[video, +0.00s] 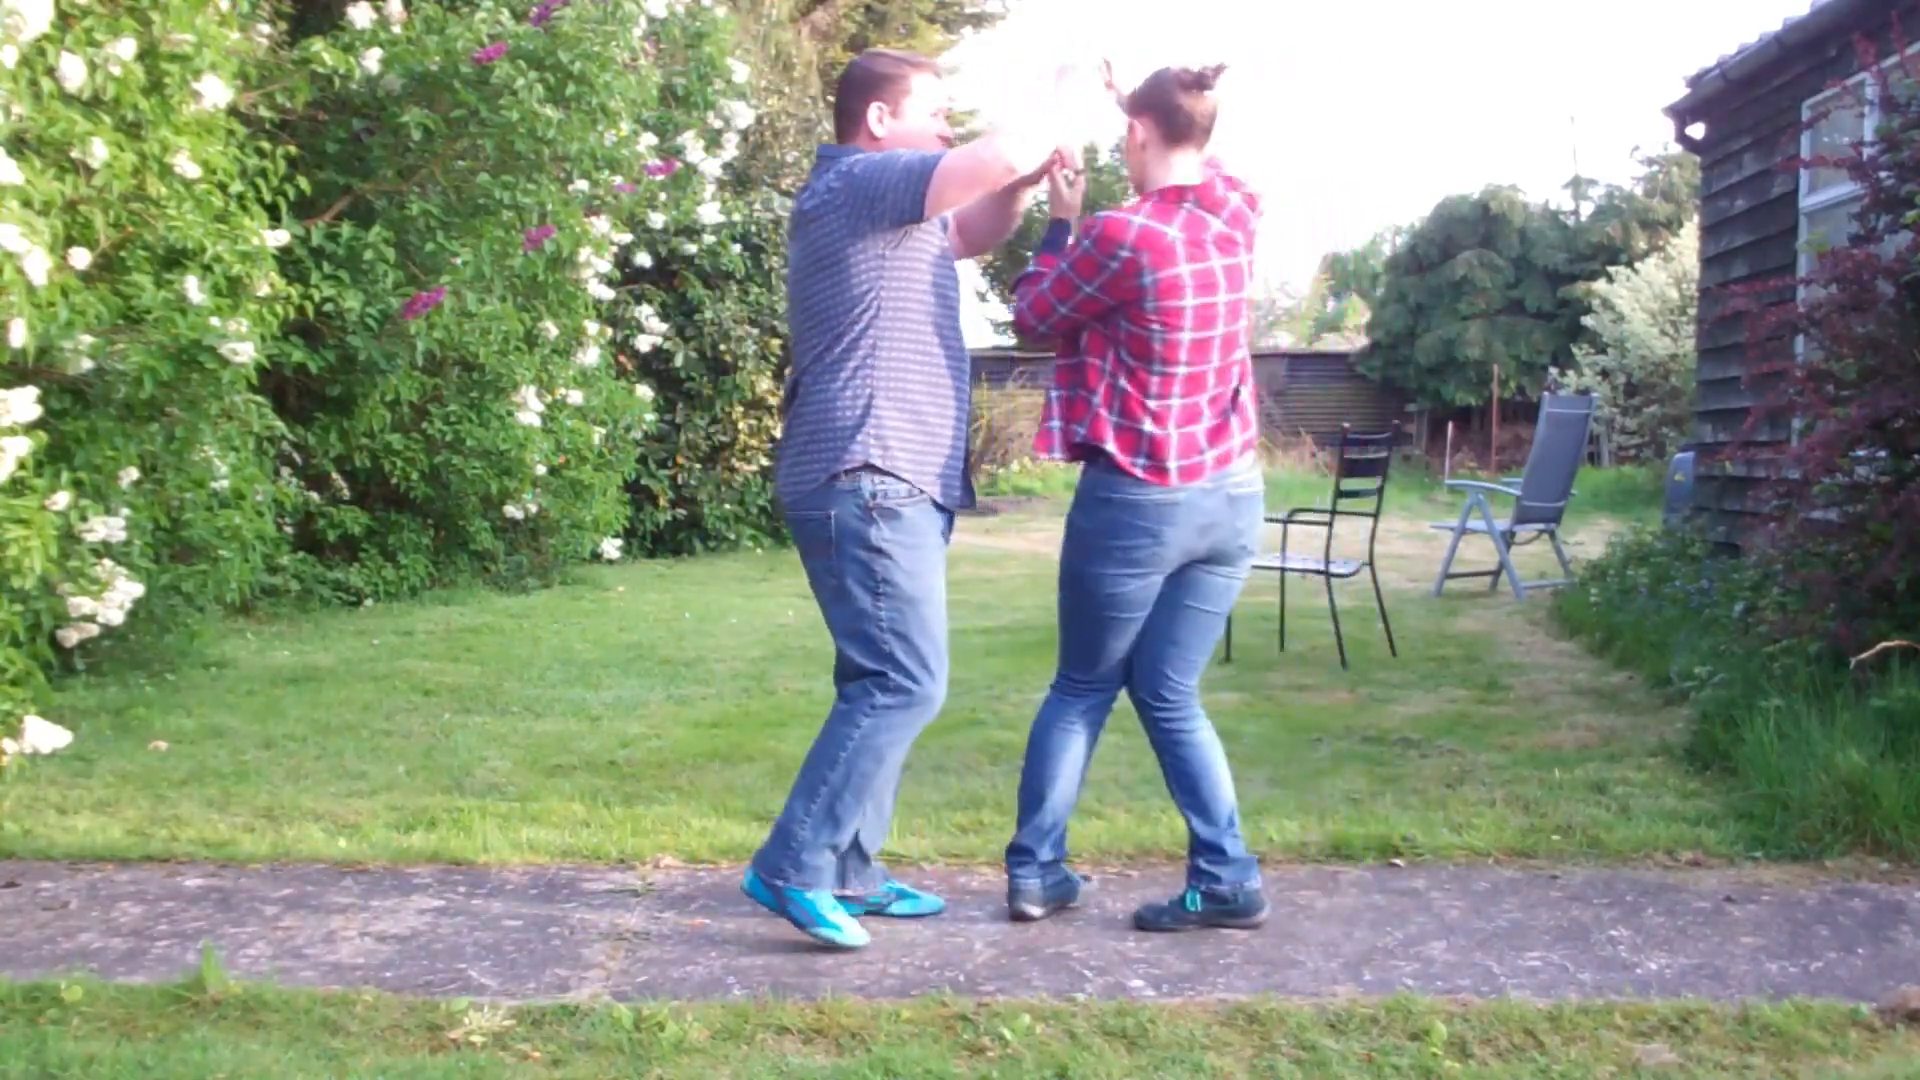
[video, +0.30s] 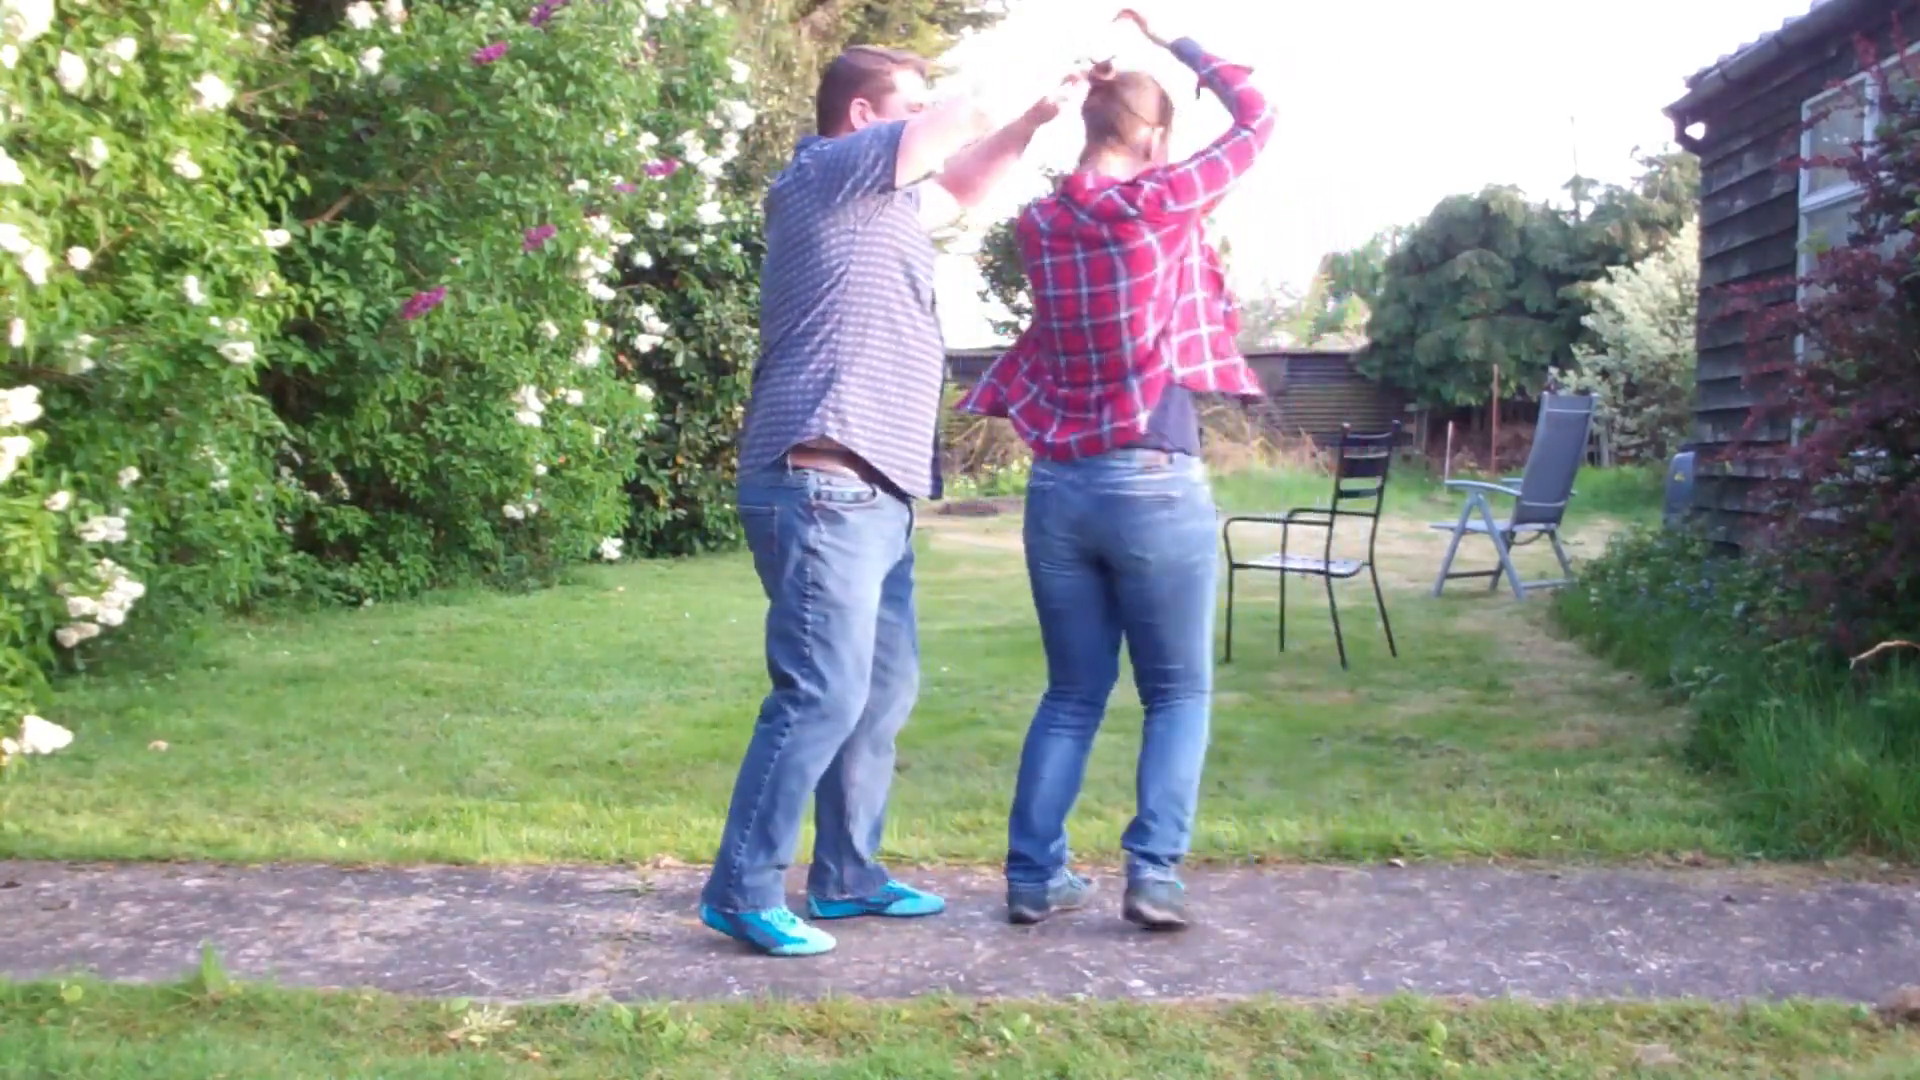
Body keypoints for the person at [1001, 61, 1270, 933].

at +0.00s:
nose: (1123, 141)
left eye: (1127, 129)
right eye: (1125, 129)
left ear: (1142, 135)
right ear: (1203, 136)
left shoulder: (1124, 235)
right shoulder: (1236, 214)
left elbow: (1032, 316)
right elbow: (1201, 170)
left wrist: (1062, 223)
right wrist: (1138, 100)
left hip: (1136, 501)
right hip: (1232, 497)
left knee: (1083, 685)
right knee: (1170, 688)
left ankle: (1034, 870)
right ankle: (1226, 879)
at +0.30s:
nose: (1171, 146)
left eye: (1166, 129)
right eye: (1166, 130)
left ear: (1085, 125)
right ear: (1148, 131)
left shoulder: (1037, 227)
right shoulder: (1164, 200)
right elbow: (1258, 120)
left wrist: (1091, 102)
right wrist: (1176, 44)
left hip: (1056, 489)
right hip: (1155, 485)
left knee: (1072, 691)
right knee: (1175, 690)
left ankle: (1033, 876)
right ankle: (1155, 871)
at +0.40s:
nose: (1175, 149)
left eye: (1173, 134)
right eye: (1170, 133)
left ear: (1090, 125)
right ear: (1138, 131)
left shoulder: (1049, 216)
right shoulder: (1133, 200)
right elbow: (1233, 122)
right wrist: (1179, 37)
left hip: (1056, 481)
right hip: (1135, 484)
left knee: (1081, 692)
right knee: (1199, 688)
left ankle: (1034, 878)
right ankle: (1123, 874)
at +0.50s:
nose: (1170, 141)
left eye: (1168, 126)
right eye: (1162, 127)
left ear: (1104, 124)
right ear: (1128, 128)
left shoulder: (1098, 207)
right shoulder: (1093, 195)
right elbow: (1186, 134)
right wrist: (1162, 40)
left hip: (1090, 475)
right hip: (1127, 481)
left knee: (1096, 692)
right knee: (1191, 689)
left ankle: (1034, 873)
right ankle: (1117, 876)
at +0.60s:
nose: (1160, 146)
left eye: (1164, 131)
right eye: (1148, 131)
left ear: (1152, 136)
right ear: (1114, 133)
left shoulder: (1156, 208)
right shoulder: (1076, 207)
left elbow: (1217, 124)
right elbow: (1142, 154)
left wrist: (1170, 39)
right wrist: (1128, 52)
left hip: (1163, 479)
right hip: (1118, 481)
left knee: (1152, 686)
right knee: (1165, 690)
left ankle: (1044, 846)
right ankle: (1112, 880)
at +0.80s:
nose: (1148, 134)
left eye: (1163, 121)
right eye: (1132, 119)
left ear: (1183, 131)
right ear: (1103, 126)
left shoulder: (1201, 199)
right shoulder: (1085, 215)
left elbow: (1240, 95)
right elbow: (1066, 245)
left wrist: (1160, 19)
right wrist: (1056, 188)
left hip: (1225, 470)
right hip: (1124, 470)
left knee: (1243, 682)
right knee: (1137, 688)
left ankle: (1182, 819)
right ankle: (1106, 878)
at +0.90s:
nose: (1139, 132)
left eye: (1157, 118)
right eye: (1125, 117)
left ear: (1191, 128)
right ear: (1108, 130)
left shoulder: (1219, 203)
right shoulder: (1093, 224)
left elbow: (1231, 118)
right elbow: (1072, 319)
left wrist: (1153, 54)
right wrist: (1049, 317)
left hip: (1241, 470)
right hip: (1132, 473)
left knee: (1236, 686)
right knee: (1139, 687)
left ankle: (1268, 860)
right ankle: (1107, 881)